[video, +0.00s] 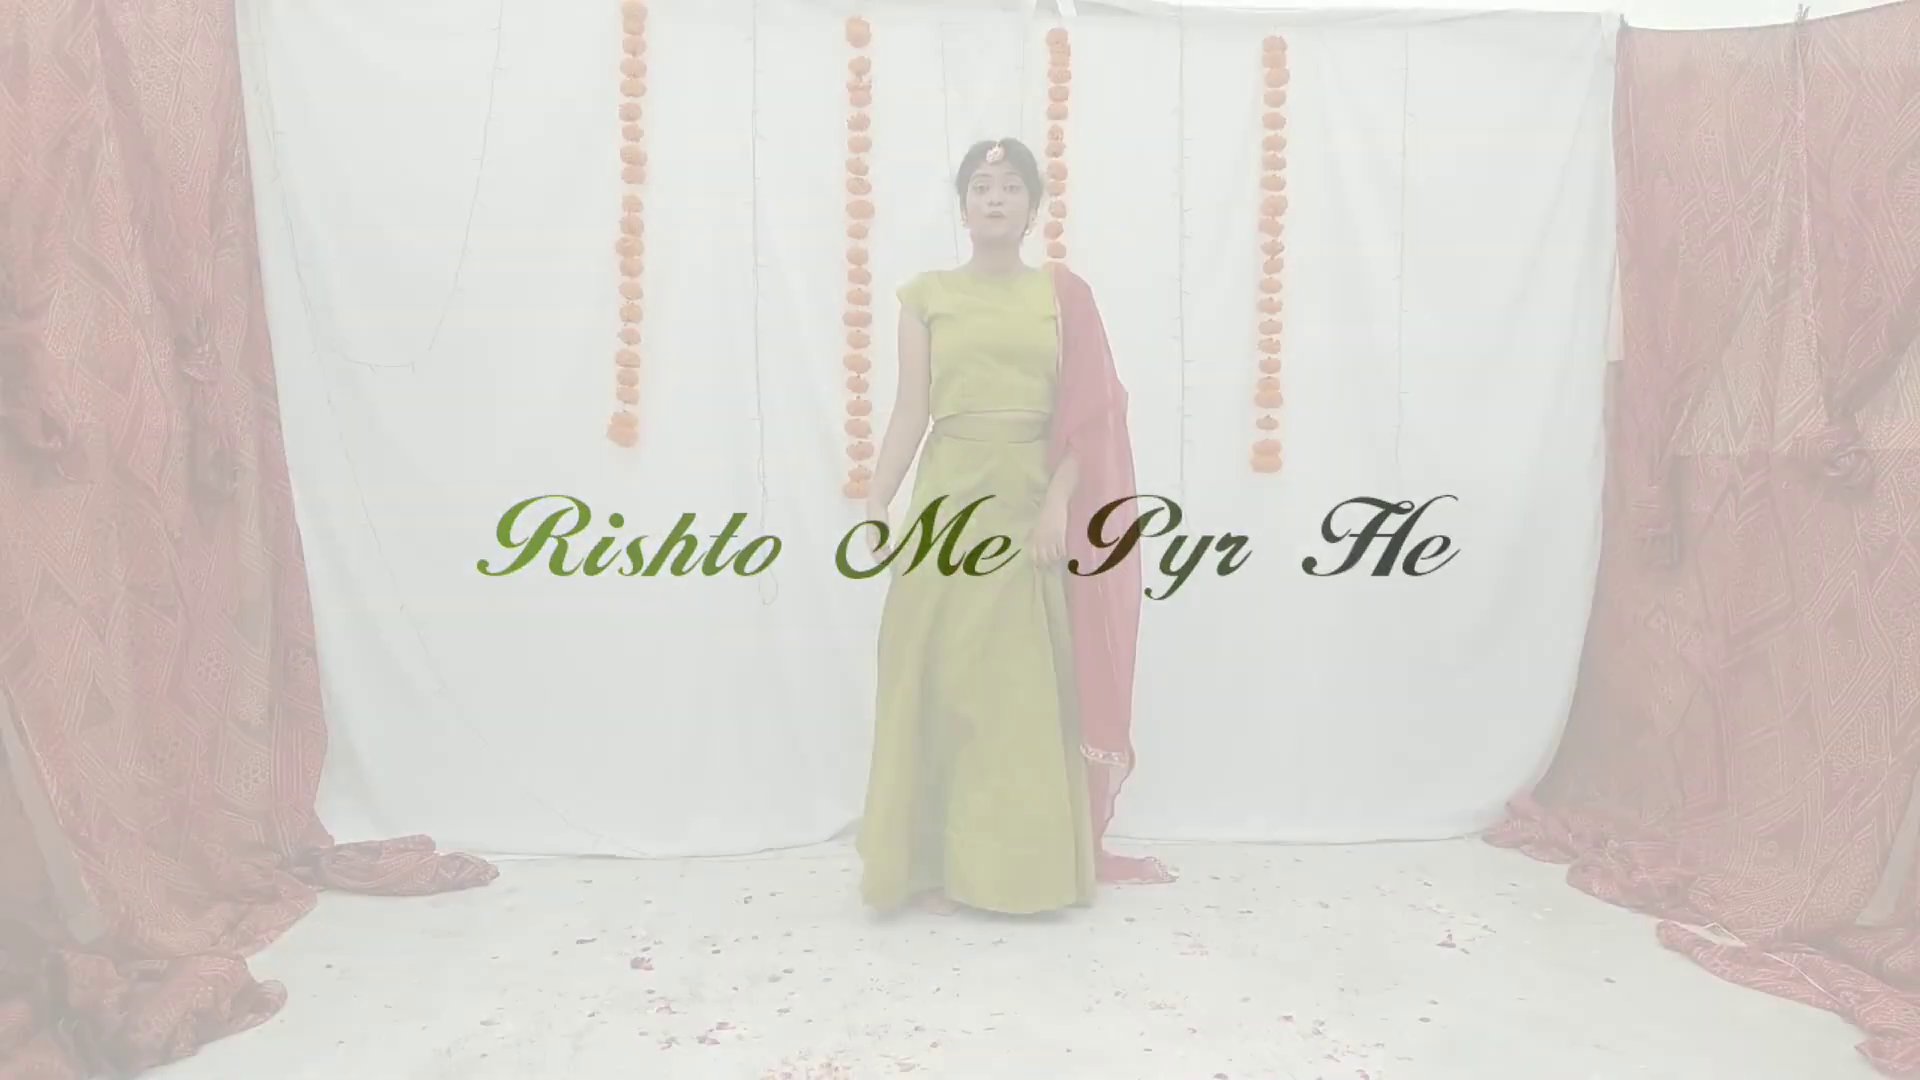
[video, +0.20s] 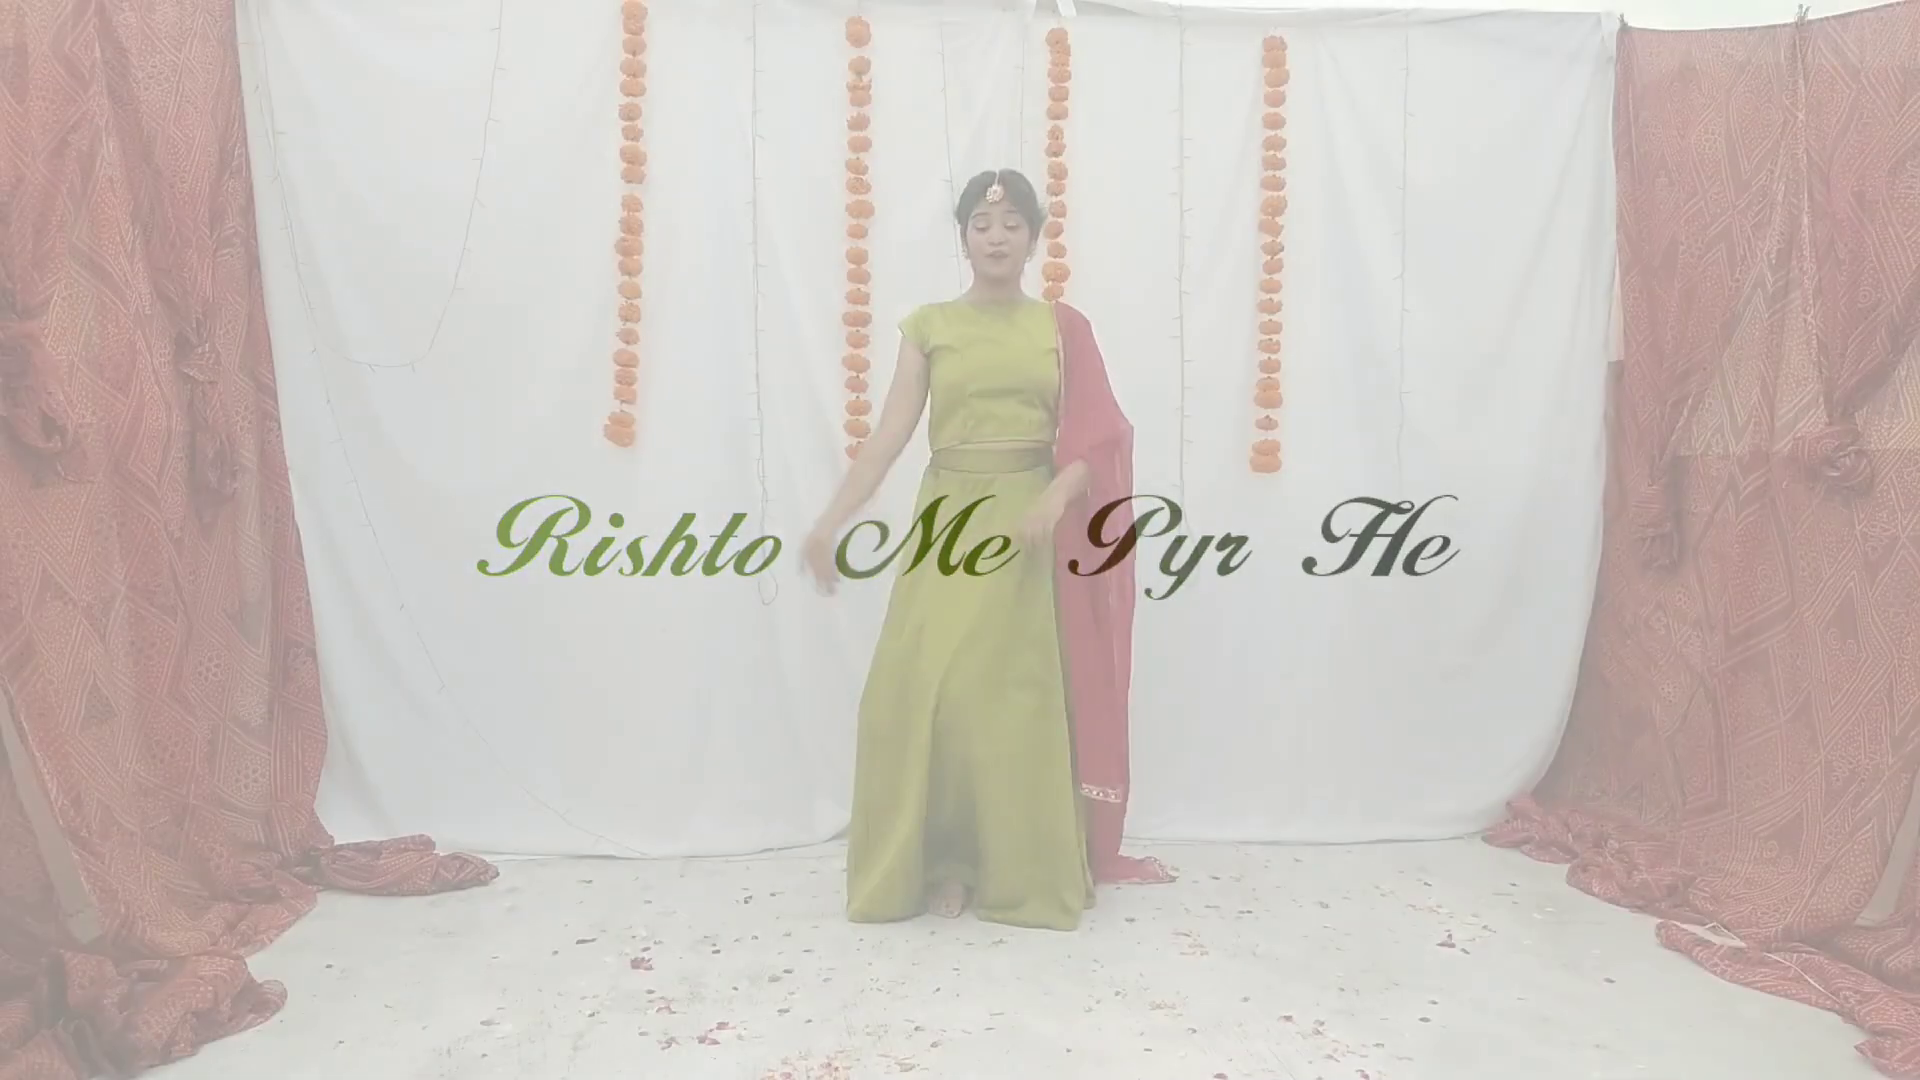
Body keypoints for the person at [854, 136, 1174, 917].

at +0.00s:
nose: (994, 198)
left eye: (1009, 188)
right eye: (981, 188)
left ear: (1034, 204)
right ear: (961, 203)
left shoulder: (1064, 296)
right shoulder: (927, 297)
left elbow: (1086, 416)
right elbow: (911, 409)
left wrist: (1058, 503)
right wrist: (878, 500)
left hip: (1027, 505)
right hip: (943, 501)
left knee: (1020, 680)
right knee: (940, 681)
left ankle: (1016, 865)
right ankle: (938, 862)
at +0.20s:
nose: (996, 236)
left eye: (1012, 224)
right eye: (983, 223)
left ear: (1034, 237)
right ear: (963, 235)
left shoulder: (1060, 328)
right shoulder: (931, 325)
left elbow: (1102, 431)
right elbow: (888, 434)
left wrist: (1059, 494)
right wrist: (830, 523)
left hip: (1021, 519)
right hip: (944, 518)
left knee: (1003, 686)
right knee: (920, 680)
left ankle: (1009, 865)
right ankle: (939, 864)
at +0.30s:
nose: (999, 226)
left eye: (1014, 213)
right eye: (986, 213)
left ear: (1036, 226)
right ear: (965, 225)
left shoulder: (1059, 317)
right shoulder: (931, 309)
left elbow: (1104, 416)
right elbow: (846, 385)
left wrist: (1025, 440)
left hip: (1025, 507)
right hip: (948, 505)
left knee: (1011, 680)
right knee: (932, 674)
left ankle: (1019, 867)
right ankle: (918, 864)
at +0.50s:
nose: (993, 189)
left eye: (1007, 177)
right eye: (979, 176)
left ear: (1029, 194)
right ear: (958, 192)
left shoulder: (1052, 278)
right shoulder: (928, 272)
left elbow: (1089, 341)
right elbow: (810, 248)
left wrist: (981, 348)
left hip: (1025, 475)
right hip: (941, 473)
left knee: (1019, 660)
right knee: (937, 658)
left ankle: (1021, 858)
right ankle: (929, 861)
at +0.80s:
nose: (987, 241)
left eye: (1002, 229)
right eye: (973, 228)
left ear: (1024, 243)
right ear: (952, 240)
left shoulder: (1045, 323)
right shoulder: (922, 313)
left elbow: (1049, 401)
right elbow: (917, 343)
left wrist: (943, 376)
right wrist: (1018, 291)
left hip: (1021, 530)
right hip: (935, 530)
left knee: (1020, 685)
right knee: (922, 679)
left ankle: (1024, 861)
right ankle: (915, 869)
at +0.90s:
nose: (987, 236)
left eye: (1003, 224)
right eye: (974, 223)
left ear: (1023, 238)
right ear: (954, 232)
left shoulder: (1040, 314)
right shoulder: (933, 312)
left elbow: (1041, 368)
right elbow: (907, 297)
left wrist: (942, 340)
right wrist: (945, 200)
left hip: (1016, 516)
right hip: (936, 514)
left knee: (1012, 685)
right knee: (927, 686)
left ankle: (1008, 866)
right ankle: (920, 869)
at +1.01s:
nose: (986, 198)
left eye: (1001, 186)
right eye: (973, 186)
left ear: (1022, 201)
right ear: (952, 201)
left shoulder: (1041, 285)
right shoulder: (930, 277)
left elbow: (1037, 330)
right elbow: (885, 248)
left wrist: (940, 290)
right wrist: (871, 160)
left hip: (1014, 484)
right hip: (935, 479)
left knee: (1008, 663)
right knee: (930, 666)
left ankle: (998, 858)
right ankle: (926, 863)